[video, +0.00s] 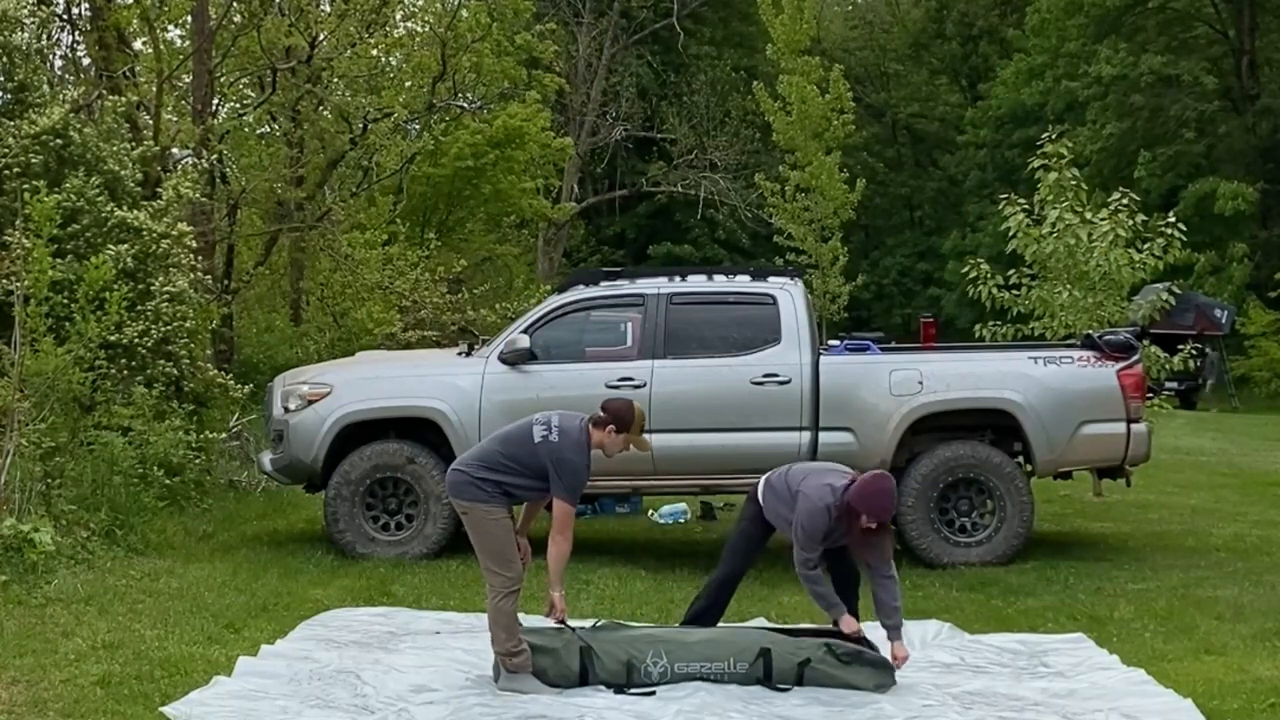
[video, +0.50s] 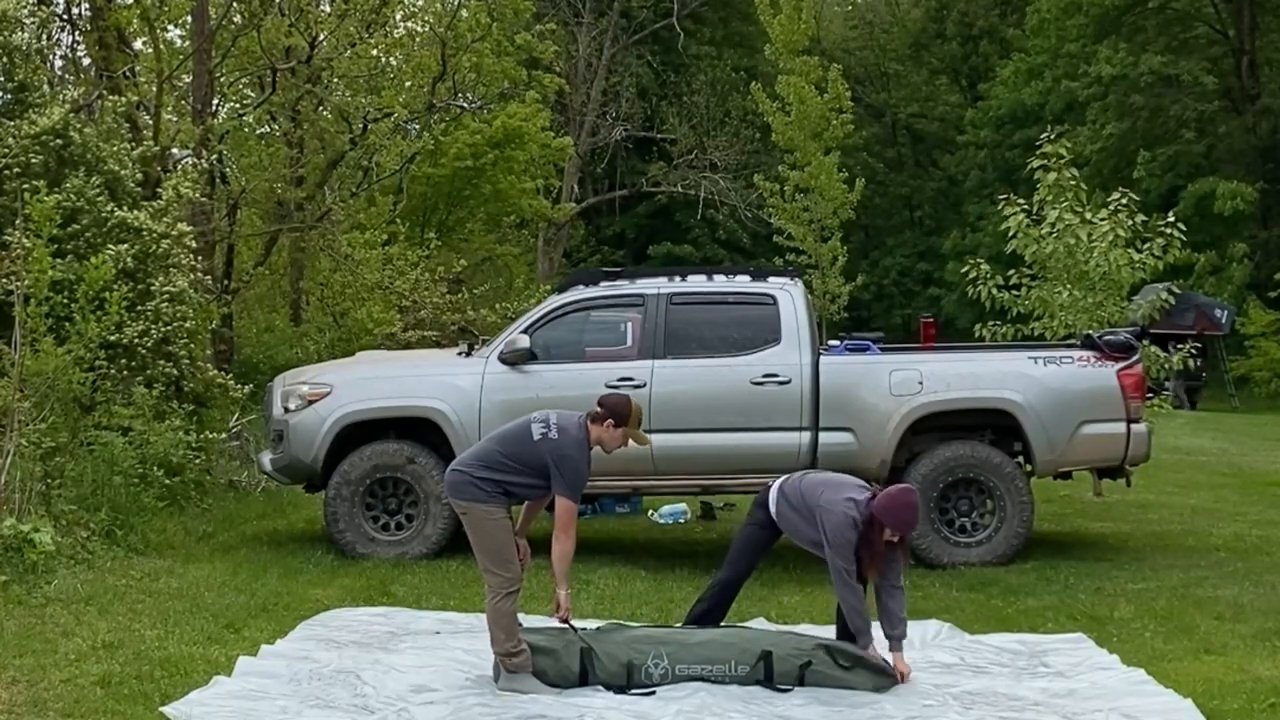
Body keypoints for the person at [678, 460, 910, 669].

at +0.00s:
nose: (870, 525)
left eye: (877, 520)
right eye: (867, 517)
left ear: (886, 515)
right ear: (856, 505)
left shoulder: (878, 515)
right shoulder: (817, 502)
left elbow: (884, 573)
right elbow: (807, 567)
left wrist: (896, 638)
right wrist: (840, 615)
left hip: (824, 511)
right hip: (770, 496)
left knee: (847, 574)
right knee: (729, 571)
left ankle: (846, 644)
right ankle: (685, 640)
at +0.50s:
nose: (892, 538)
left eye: (898, 533)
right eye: (889, 529)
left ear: (905, 529)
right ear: (875, 517)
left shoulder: (894, 527)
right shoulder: (843, 514)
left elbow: (892, 585)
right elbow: (846, 585)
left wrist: (897, 650)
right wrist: (868, 645)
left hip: (828, 514)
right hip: (779, 498)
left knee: (855, 583)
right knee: (731, 576)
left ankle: (847, 656)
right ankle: (689, 639)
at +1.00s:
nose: (898, 544)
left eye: (905, 541)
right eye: (896, 537)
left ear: (910, 536)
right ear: (885, 523)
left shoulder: (890, 525)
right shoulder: (848, 518)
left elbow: (883, 585)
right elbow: (851, 587)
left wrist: (880, 642)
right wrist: (871, 646)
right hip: (777, 499)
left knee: (861, 580)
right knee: (729, 578)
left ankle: (848, 654)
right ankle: (687, 642)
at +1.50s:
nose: (867, 460)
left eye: (874, 456)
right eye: (866, 453)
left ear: (878, 454)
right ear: (854, 441)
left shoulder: (855, 465)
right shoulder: (815, 441)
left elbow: (849, 517)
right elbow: (788, 494)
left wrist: (847, 577)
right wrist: (832, 521)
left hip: (789, 495)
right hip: (745, 483)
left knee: (820, 570)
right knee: (714, 567)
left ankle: (837, 664)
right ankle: (671, 656)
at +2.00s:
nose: (797, 360)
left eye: (804, 356)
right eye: (795, 353)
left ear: (823, 358)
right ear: (793, 351)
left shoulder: (844, 396)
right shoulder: (783, 376)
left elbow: (847, 456)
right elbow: (766, 422)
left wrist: (815, 490)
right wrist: (808, 449)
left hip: (829, 484)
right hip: (782, 478)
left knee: (833, 569)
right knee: (755, 563)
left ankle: (837, 661)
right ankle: (732, 651)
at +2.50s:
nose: (816, 450)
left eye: (823, 446)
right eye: (813, 442)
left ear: (840, 443)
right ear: (808, 434)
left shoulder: (863, 456)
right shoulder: (796, 448)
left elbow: (865, 519)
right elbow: (805, 507)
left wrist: (853, 592)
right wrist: (846, 549)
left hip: (843, 510)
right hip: (799, 504)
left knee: (845, 578)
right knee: (767, 570)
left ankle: (837, 664)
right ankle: (734, 656)